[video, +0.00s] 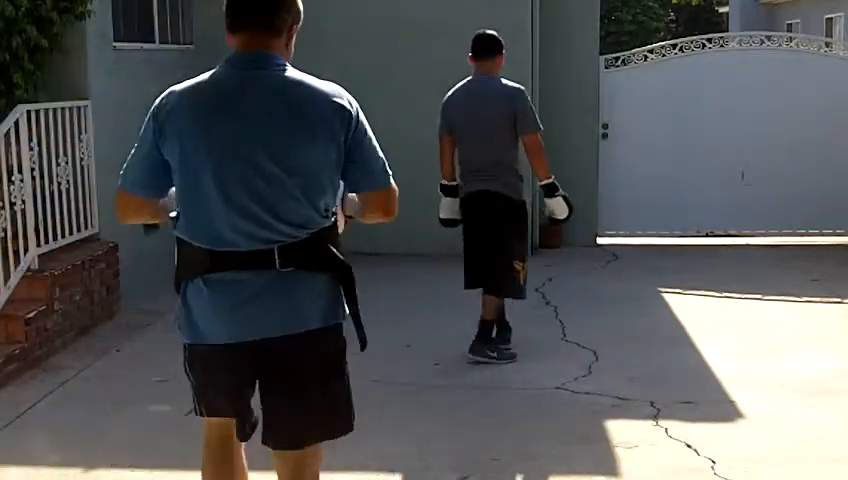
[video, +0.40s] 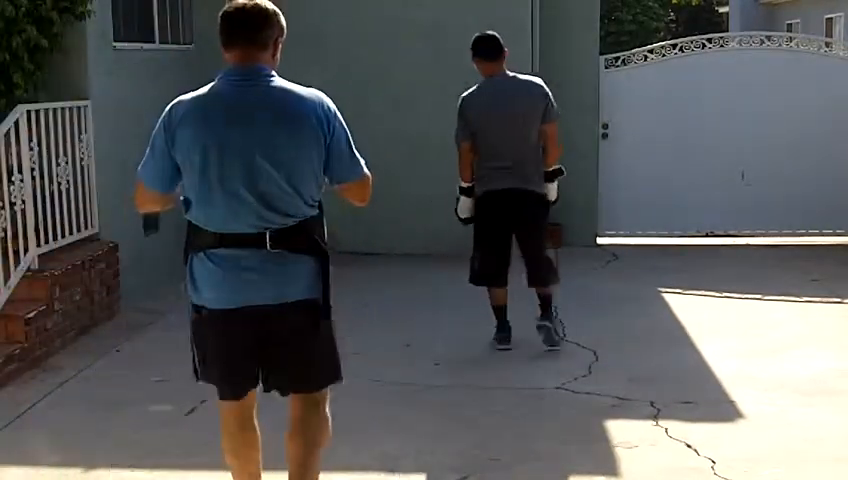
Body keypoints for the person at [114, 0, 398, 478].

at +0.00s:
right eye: (296, 29)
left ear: (228, 29)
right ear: (292, 30)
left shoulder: (175, 104)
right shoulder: (332, 103)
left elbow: (130, 207)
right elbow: (383, 205)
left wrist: (175, 203)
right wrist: (342, 201)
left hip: (213, 315)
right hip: (305, 312)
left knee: (221, 434)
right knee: (299, 451)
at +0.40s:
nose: (282, 50)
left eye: (281, 44)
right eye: (282, 44)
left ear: (222, 46)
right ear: (277, 45)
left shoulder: (183, 112)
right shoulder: (314, 107)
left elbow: (147, 199)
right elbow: (359, 191)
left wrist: (197, 182)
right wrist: (311, 163)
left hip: (219, 289)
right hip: (297, 286)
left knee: (236, 406)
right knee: (309, 399)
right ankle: (302, 477)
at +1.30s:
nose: (287, 57)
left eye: (283, 51)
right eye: (288, 51)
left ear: (243, 51)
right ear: (284, 52)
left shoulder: (211, 100)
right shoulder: (309, 97)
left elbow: (186, 159)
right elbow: (345, 159)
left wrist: (228, 145)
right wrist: (306, 134)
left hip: (236, 237)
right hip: (294, 235)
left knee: (235, 325)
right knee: (288, 340)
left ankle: (236, 408)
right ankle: (280, 445)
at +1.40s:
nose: (283, 62)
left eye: (280, 56)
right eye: (284, 56)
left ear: (240, 56)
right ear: (279, 57)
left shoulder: (208, 105)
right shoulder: (303, 101)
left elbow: (185, 162)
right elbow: (340, 160)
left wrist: (224, 144)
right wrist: (303, 134)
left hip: (231, 238)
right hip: (288, 235)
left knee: (236, 320)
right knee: (286, 334)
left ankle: (244, 403)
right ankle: (279, 438)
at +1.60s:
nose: (277, 60)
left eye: (275, 54)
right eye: (277, 54)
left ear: (234, 53)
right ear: (270, 53)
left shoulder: (204, 98)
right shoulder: (292, 95)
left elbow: (189, 153)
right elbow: (329, 155)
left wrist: (227, 138)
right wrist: (290, 131)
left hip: (224, 219)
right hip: (279, 218)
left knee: (236, 308)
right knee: (293, 304)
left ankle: (244, 402)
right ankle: (277, 384)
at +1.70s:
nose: (277, 57)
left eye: (275, 51)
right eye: (277, 51)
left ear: (235, 49)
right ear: (270, 50)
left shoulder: (204, 93)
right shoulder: (289, 90)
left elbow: (195, 148)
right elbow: (328, 148)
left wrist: (233, 130)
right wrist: (289, 125)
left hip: (225, 216)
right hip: (280, 213)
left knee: (235, 305)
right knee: (292, 291)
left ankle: (244, 402)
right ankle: (277, 380)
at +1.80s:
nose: (280, 56)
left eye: (278, 50)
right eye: (280, 50)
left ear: (238, 48)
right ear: (272, 49)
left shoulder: (207, 91)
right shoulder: (290, 90)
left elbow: (201, 146)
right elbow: (330, 147)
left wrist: (240, 129)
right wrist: (294, 123)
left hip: (226, 215)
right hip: (279, 212)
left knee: (236, 303)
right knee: (290, 290)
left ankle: (244, 399)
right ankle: (285, 380)